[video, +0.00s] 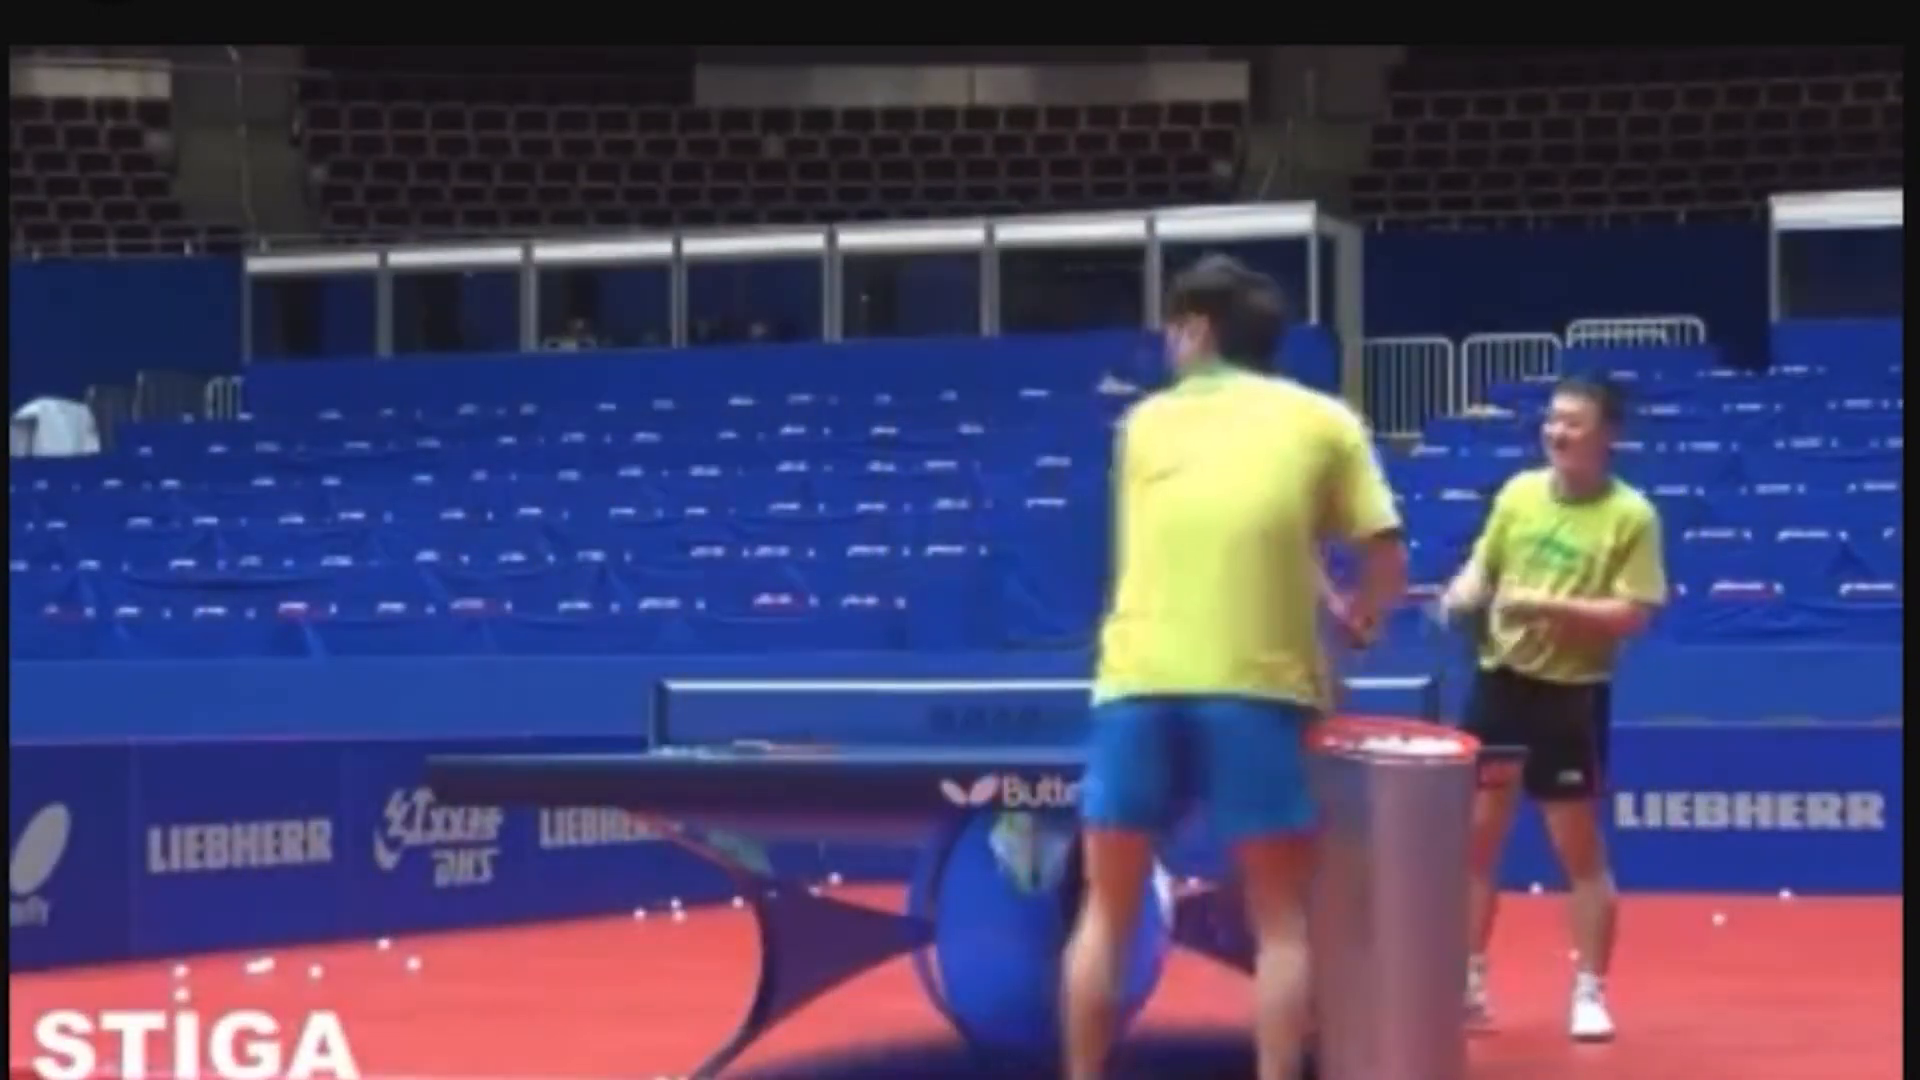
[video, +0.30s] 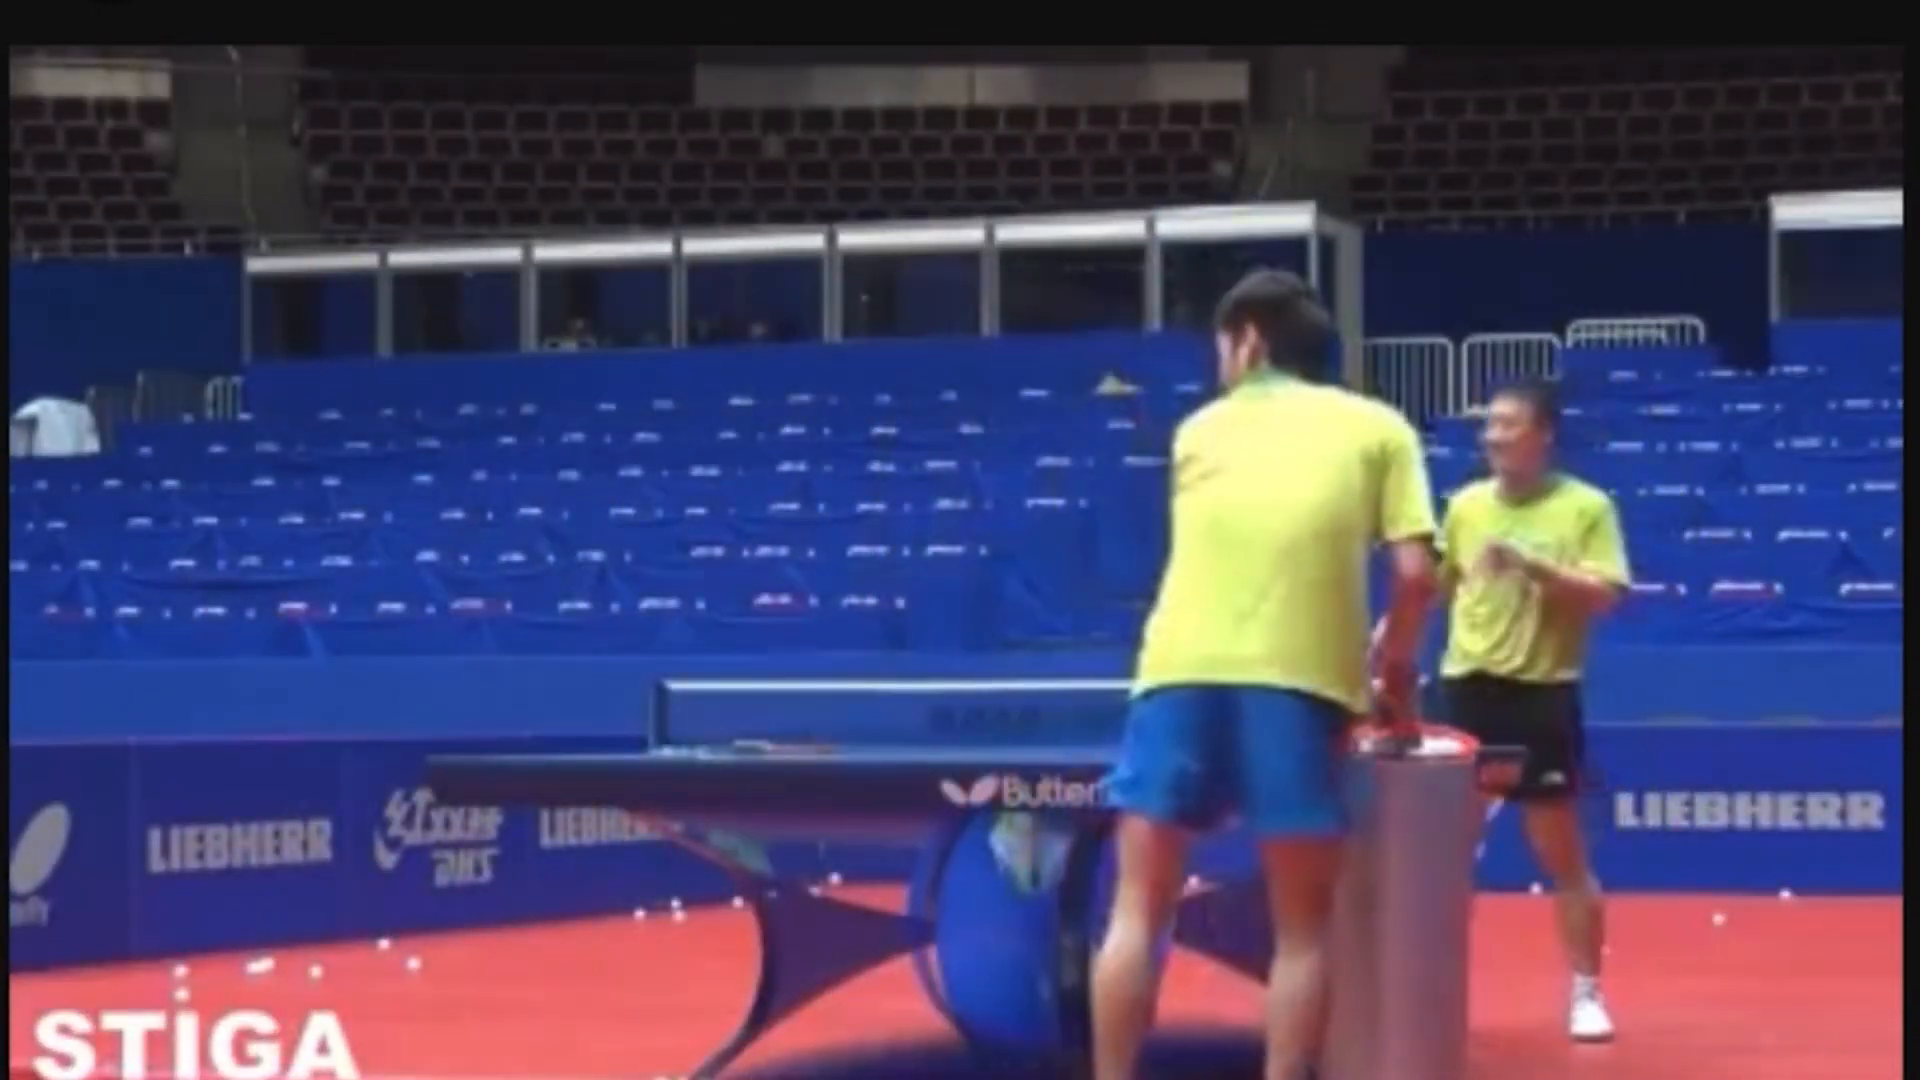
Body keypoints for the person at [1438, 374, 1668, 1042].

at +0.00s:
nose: (1557, 434)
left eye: (1573, 424)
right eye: (1553, 421)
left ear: (1608, 436)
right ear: (1545, 430)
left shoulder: (1632, 517)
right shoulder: (1519, 491)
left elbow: (1633, 610)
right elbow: (1483, 564)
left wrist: (1544, 605)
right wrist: (1464, 591)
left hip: (1571, 685)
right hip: (1502, 675)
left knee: (1576, 840)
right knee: (1481, 827)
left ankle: (1590, 985)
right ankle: (1468, 974)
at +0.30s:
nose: (1495, 438)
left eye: (1509, 425)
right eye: (1491, 425)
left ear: (1544, 435)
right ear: (1485, 435)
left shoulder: (1585, 506)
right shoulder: (1466, 504)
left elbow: (1604, 592)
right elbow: (1441, 580)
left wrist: (1532, 566)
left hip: (1543, 687)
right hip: (1467, 681)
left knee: (1558, 847)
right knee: (1442, 841)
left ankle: (1587, 988)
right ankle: (1421, 991)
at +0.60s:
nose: (1416, 439)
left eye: (1427, 426)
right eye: (1410, 426)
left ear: (1458, 430)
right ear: (1404, 434)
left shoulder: (1504, 492)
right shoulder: (1393, 494)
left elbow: (1517, 576)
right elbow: (1373, 588)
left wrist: (1452, 528)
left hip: (1488, 674)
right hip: (1411, 677)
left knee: (1528, 844)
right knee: (1400, 844)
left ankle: (1576, 981)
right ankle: (1398, 993)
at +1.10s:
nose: (1340, 452)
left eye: (1349, 437)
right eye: (1331, 440)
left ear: (1378, 434)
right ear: (1325, 447)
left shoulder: (1437, 476)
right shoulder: (1339, 509)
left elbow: (1458, 562)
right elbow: (1334, 609)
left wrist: (1389, 524)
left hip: (1471, 664)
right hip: (1400, 675)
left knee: (1490, 830)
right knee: (1405, 834)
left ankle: (1490, 980)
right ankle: (1407, 984)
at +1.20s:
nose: (1341, 445)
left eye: (1351, 432)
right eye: (1334, 436)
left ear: (1385, 434)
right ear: (1329, 448)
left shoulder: (1439, 477)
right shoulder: (1340, 507)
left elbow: (1451, 564)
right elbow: (1327, 615)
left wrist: (1368, 514)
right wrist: (1310, 703)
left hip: (1470, 664)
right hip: (1398, 678)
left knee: (1494, 829)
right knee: (1395, 833)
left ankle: (1510, 979)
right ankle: (1396, 986)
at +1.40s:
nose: (1351, 447)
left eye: (1361, 435)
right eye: (1345, 437)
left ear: (1398, 432)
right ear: (1343, 442)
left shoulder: (1441, 478)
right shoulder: (1346, 495)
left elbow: (1433, 569)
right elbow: (1333, 608)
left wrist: (1360, 515)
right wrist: (1307, 695)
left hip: (1469, 663)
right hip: (1401, 676)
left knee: (1506, 826)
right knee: (1393, 836)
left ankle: (1543, 976)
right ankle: (1395, 991)